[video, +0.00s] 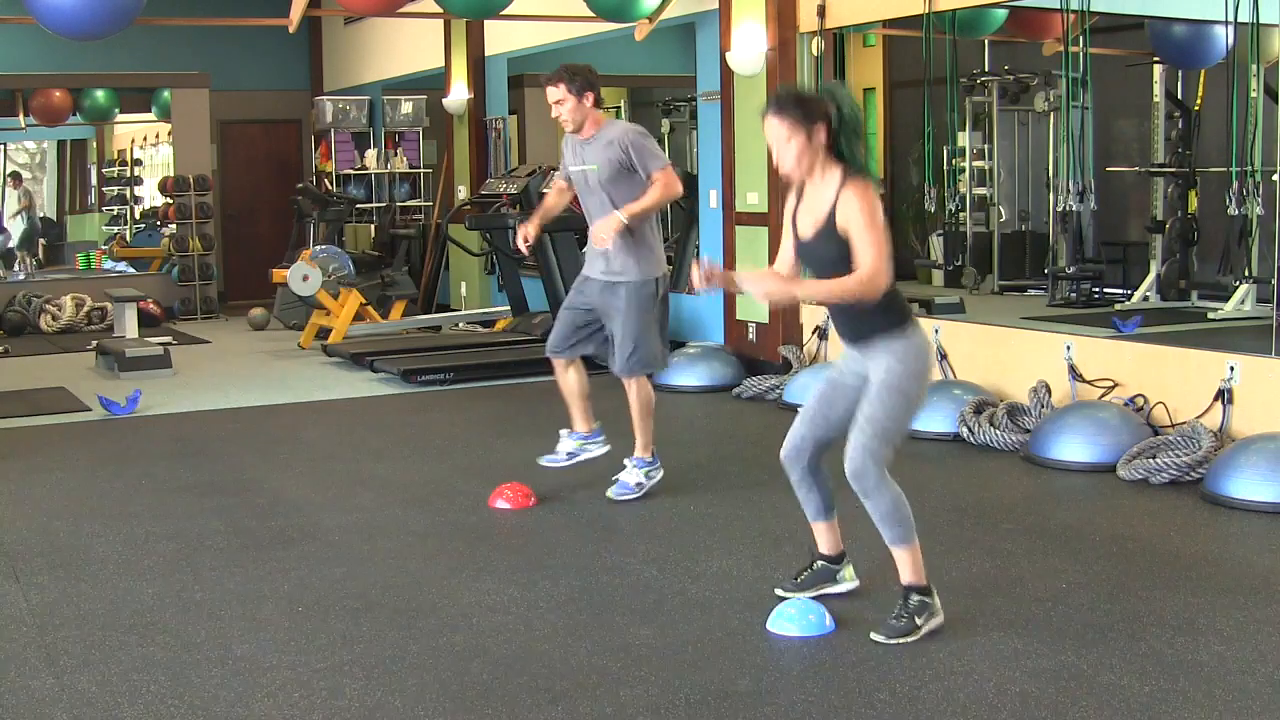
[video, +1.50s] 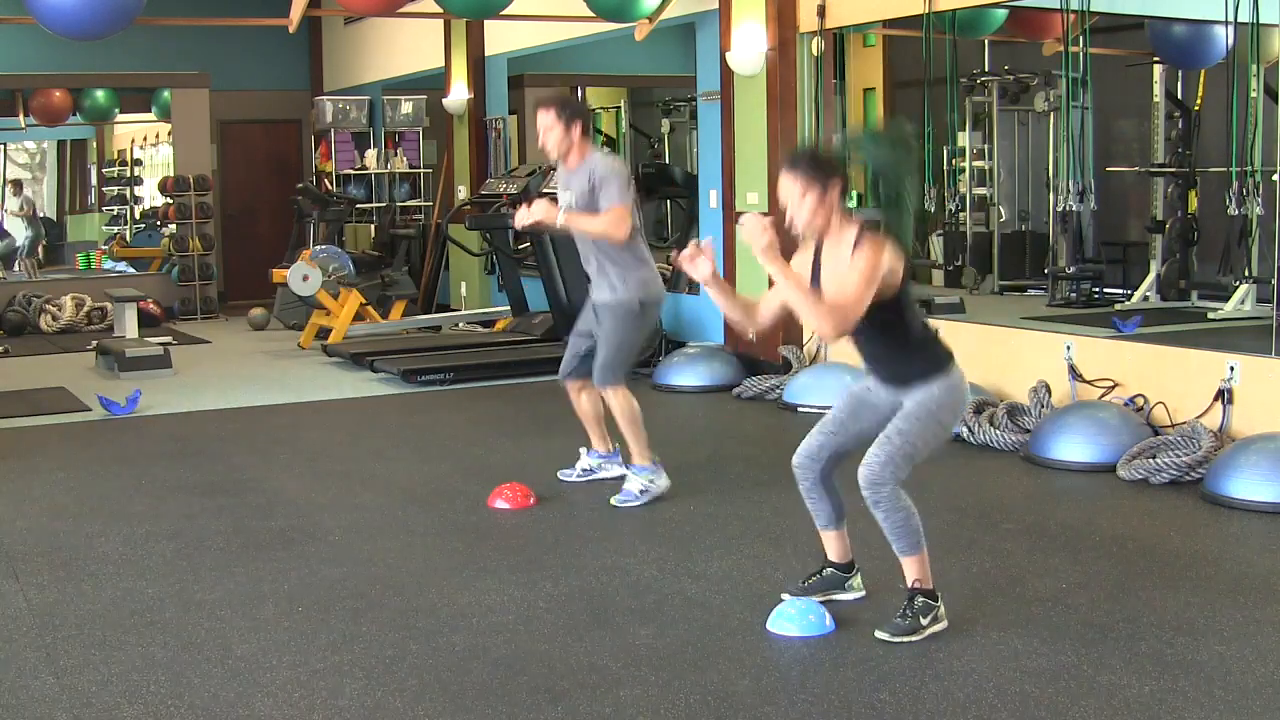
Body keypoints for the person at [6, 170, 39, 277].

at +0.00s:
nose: (9, 184)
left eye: (11, 181)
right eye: (9, 182)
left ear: (18, 181)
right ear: (17, 181)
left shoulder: (23, 191)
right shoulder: (22, 191)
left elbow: (25, 204)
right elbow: (24, 205)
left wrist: (14, 214)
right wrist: (15, 215)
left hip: (31, 224)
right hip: (32, 224)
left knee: (19, 247)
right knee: (28, 250)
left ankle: (25, 272)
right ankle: (31, 272)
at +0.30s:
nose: (9, 213)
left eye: (10, 210)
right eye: (8, 210)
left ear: (16, 210)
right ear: (16, 210)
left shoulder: (22, 219)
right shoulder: (22, 219)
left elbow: (18, 235)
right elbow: (18, 234)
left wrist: (6, 229)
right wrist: (8, 229)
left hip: (42, 243)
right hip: (40, 242)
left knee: (25, 260)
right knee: (26, 259)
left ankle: (35, 278)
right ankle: (37, 278)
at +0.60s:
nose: (8, 222)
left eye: (9, 219)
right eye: (8, 220)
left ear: (15, 219)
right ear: (15, 220)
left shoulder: (21, 229)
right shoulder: (21, 228)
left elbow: (14, 245)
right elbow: (14, 244)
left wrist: (4, 241)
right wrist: (6, 240)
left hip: (45, 250)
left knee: (24, 260)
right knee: (23, 260)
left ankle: (35, 279)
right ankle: (37, 278)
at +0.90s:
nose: (10, 185)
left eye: (12, 182)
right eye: (9, 183)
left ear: (19, 182)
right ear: (7, 184)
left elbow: (38, 199)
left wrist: (31, 212)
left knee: (26, 252)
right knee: (19, 251)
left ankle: (34, 273)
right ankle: (27, 274)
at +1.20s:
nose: (13, 187)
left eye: (15, 184)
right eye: (13, 184)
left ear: (22, 184)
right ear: (14, 184)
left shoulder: (27, 196)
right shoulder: (22, 197)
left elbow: (32, 209)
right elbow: (26, 210)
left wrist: (18, 214)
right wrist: (13, 215)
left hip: (30, 231)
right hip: (23, 231)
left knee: (27, 259)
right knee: (13, 254)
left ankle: (35, 277)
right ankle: (12, 276)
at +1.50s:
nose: (10, 190)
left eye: (12, 188)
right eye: (9, 188)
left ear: (19, 188)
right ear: (9, 188)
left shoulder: (25, 198)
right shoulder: (16, 200)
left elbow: (28, 212)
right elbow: (22, 212)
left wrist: (13, 213)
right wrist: (9, 212)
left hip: (35, 231)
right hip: (27, 231)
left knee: (27, 255)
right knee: (21, 255)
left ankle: (35, 277)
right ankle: (29, 277)